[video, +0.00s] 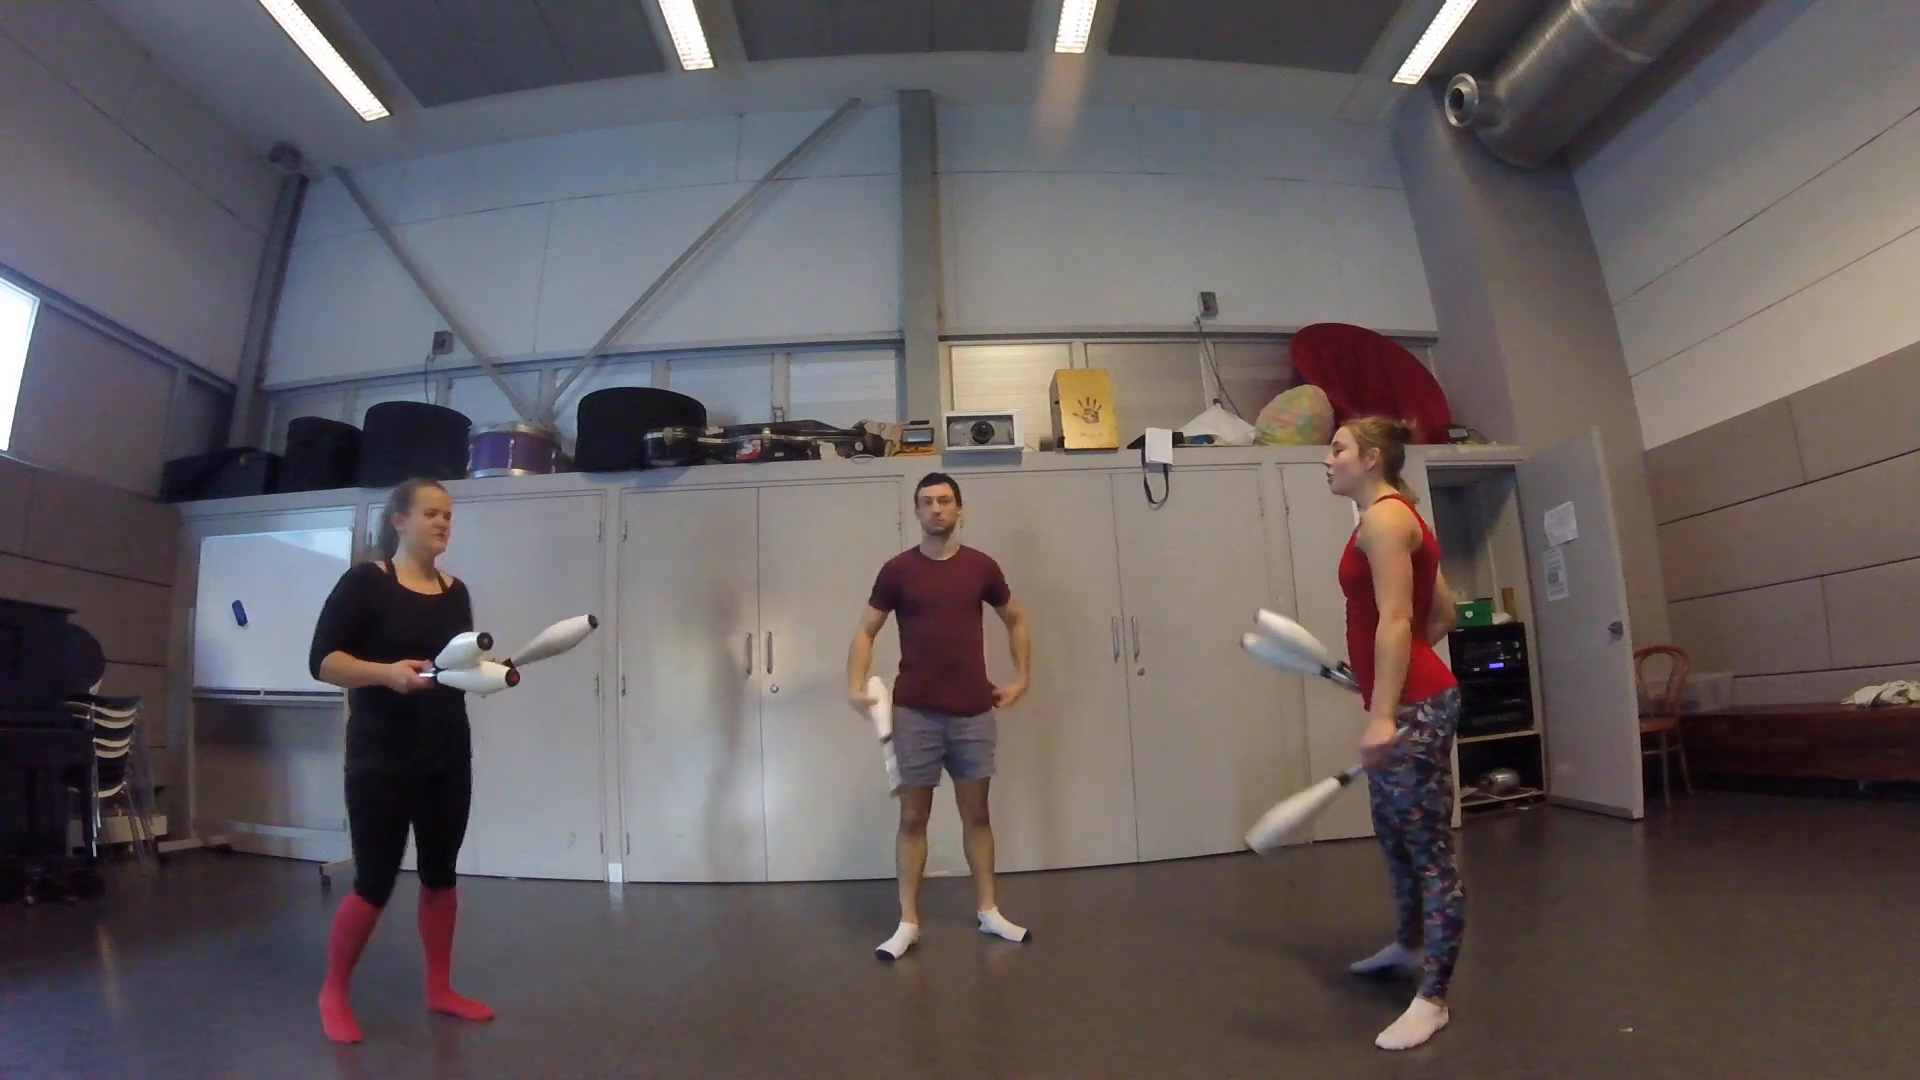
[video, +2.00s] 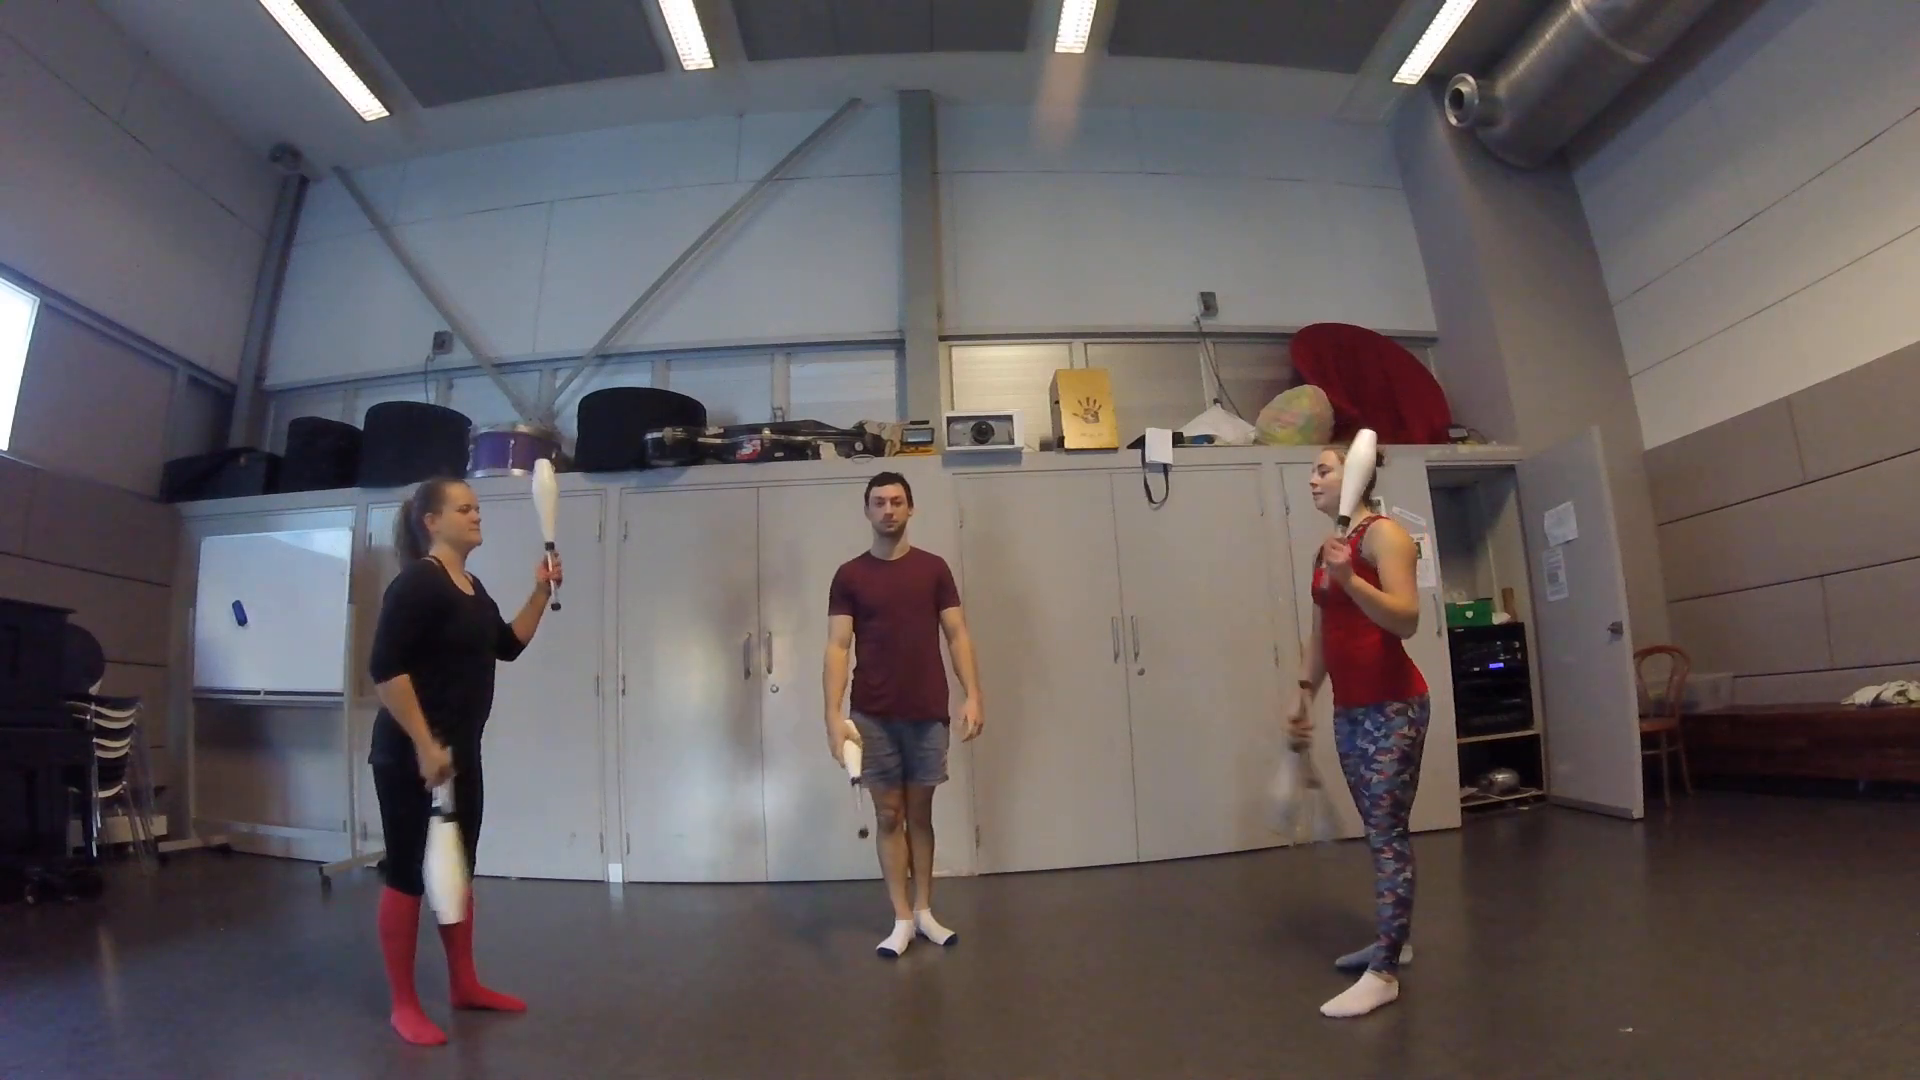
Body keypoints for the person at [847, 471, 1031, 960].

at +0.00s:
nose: (936, 508)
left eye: (944, 501)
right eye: (927, 502)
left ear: (959, 510)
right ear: (916, 512)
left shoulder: (982, 567)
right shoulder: (897, 571)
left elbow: (1015, 620)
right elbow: (867, 632)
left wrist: (1022, 681)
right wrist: (856, 686)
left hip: (973, 710)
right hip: (915, 710)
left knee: (977, 815)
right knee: (912, 819)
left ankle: (988, 911)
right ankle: (908, 921)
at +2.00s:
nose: (888, 509)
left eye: (896, 502)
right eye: (880, 503)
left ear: (910, 510)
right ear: (867, 512)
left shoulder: (934, 568)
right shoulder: (850, 576)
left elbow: (957, 633)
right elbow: (838, 647)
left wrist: (973, 694)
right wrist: (834, 716)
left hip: (927, 712)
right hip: (872, 714)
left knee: (920, 816)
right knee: (889, 817)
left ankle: (924, 912)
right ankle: (903, 920)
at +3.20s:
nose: (873, 462)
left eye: (884, 452)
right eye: (872, 454)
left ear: (921, 459)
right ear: (879, 467)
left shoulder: (966, 535)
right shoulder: (862, 544)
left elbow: (997, 619)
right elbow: (844, 631)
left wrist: (1008, 698)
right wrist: (825, 711)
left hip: (954, 722)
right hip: (879, 722)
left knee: (960, 850)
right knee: (871, 854)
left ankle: (968, 980)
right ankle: (867, 1000)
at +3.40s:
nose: (846, 460)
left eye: (856, 449)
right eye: (845, 451)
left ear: (897, 453)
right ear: (878, 457)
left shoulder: (946, 527)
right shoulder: (841, 541)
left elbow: (965, 617)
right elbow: (824, 634)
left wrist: (922, 674)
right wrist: (804, 719)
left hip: (940, 725)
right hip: (861, 725)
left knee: (956, 857)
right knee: (854, 863)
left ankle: (965, 981)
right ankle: (845, 1016)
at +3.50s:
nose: (831, 453)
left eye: (842, 442)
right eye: (832, 443)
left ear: (882, 446)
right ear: (858, 451)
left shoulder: (931, 517)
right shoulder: (827, 535)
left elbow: (923, 607)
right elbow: (813, 632)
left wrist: (837, 638)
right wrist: (786, 716)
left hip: (926, 716)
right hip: (849, 722)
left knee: (964, 855)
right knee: (849, 865)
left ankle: (971, 973)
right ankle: (845, 1015)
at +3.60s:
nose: (818, 451)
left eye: (827, 440)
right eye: (817, 442)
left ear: (868, 442)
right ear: (855, 445)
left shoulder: (915, 511)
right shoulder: (820, 535)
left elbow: (863, 583)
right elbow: (802, 630)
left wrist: (755, 596)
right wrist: (774, 711)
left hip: (917, 714)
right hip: (839, 720)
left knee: (966, 854)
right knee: (844, 866)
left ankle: (990, 971)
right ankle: (845, 1018)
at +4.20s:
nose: (876, 443)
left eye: (885, 432)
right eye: (862, 432)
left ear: (898, 440)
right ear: (833, 443)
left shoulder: (918, 498)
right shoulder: (814, 537)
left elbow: (910, 570)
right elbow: (797, 640)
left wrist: (807, 598)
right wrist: (779, 732)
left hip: (937, 711)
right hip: (857, 721)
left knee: (979, 860)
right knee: (856, 871)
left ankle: (996, 995)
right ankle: (848, 1017)